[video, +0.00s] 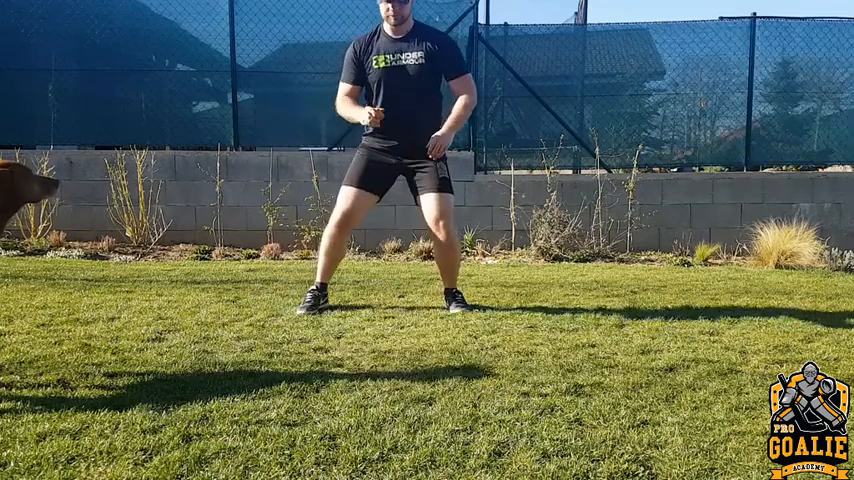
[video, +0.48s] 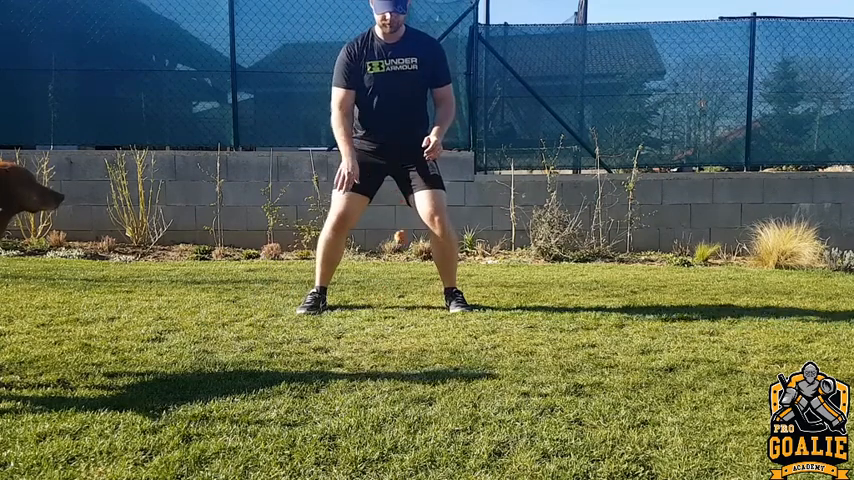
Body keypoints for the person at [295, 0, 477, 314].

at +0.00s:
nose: (393, 8)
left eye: (400, 2)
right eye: (387, 2)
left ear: (411, 4)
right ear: (379, 5)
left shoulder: (438, 42)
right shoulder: (361, 47)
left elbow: (467, 94)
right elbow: (343, 101)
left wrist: (447, 131)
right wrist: (362, 113)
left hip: (425, 148)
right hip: (377, 147)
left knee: (441, 226)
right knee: (342, 216)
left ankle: (452, 293)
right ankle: (318, 290)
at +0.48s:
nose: (389, 17)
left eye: (396, 11)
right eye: (382, 11)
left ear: (406, 9)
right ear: (372, 10)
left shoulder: (428, 48)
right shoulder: (353, 52)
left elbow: (446, 103)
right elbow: (340, 109)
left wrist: (438, 132)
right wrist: (347, 155)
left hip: (415, 148)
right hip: (367, 149)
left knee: (438, 220)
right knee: (337, 221)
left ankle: (452, 293)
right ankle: (318, 293)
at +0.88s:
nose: (384, 25)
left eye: (392, 19)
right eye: (379, 18)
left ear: (407, 12)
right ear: (372, 14)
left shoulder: (429, 54)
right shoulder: (352, 52)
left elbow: (447, 110)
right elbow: (334, 102)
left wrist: (443, 151)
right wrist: (321, 147)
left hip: (413, 154)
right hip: (364, 153)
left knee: (438, 221)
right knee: (340, 224)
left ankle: (452, 292)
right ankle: (318, 293)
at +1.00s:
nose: (373, 28)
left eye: (379, 21)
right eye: (369, 22)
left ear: (400, 12)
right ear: (364, 16)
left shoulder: (429, 52)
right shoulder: (353, 52)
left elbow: (449, 114)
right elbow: (338, 105)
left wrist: (432, 155)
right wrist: (320, 147)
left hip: (416, 152)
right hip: (367, 151)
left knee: (437, 219)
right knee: (340, 219)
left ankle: (452, 292)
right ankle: (317, 292)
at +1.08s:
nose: (369, 29)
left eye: (374, 22)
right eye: (365, 23)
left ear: (395, 12)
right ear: (360, 17)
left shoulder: (426, 51)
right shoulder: (351, 54)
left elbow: (448, 112)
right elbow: (339, 107)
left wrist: (426, 155)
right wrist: (320, 147)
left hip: (416, 150)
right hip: (367, 150)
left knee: (438, 223)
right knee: (340, 218)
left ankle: (452, 292)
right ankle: (317, 292)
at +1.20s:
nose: (361, 27)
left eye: (367, 19)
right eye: (356, 21)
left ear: (386, 11)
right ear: (350, 17)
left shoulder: (417, 50)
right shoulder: (341, 57)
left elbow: (440, 108)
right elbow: (326, 108)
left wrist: (417, 152)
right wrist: (326, 125)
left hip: (411, 150)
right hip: (362, 150)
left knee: (434, 221)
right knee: (335, 221)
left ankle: (452, 292)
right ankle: (317, 293)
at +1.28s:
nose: (360, 30)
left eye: (366, 22)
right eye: (354, 23)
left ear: (382, 12)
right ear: (347, 18)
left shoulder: (412, 50)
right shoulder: (336, 57)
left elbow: (434, 109)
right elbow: (318, 113)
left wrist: (415, 149)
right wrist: (332, 114)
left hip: (407, 149)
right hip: (358, 150)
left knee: (433, 220)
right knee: (333, 218)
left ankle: (452, 292)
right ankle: (317, 293)